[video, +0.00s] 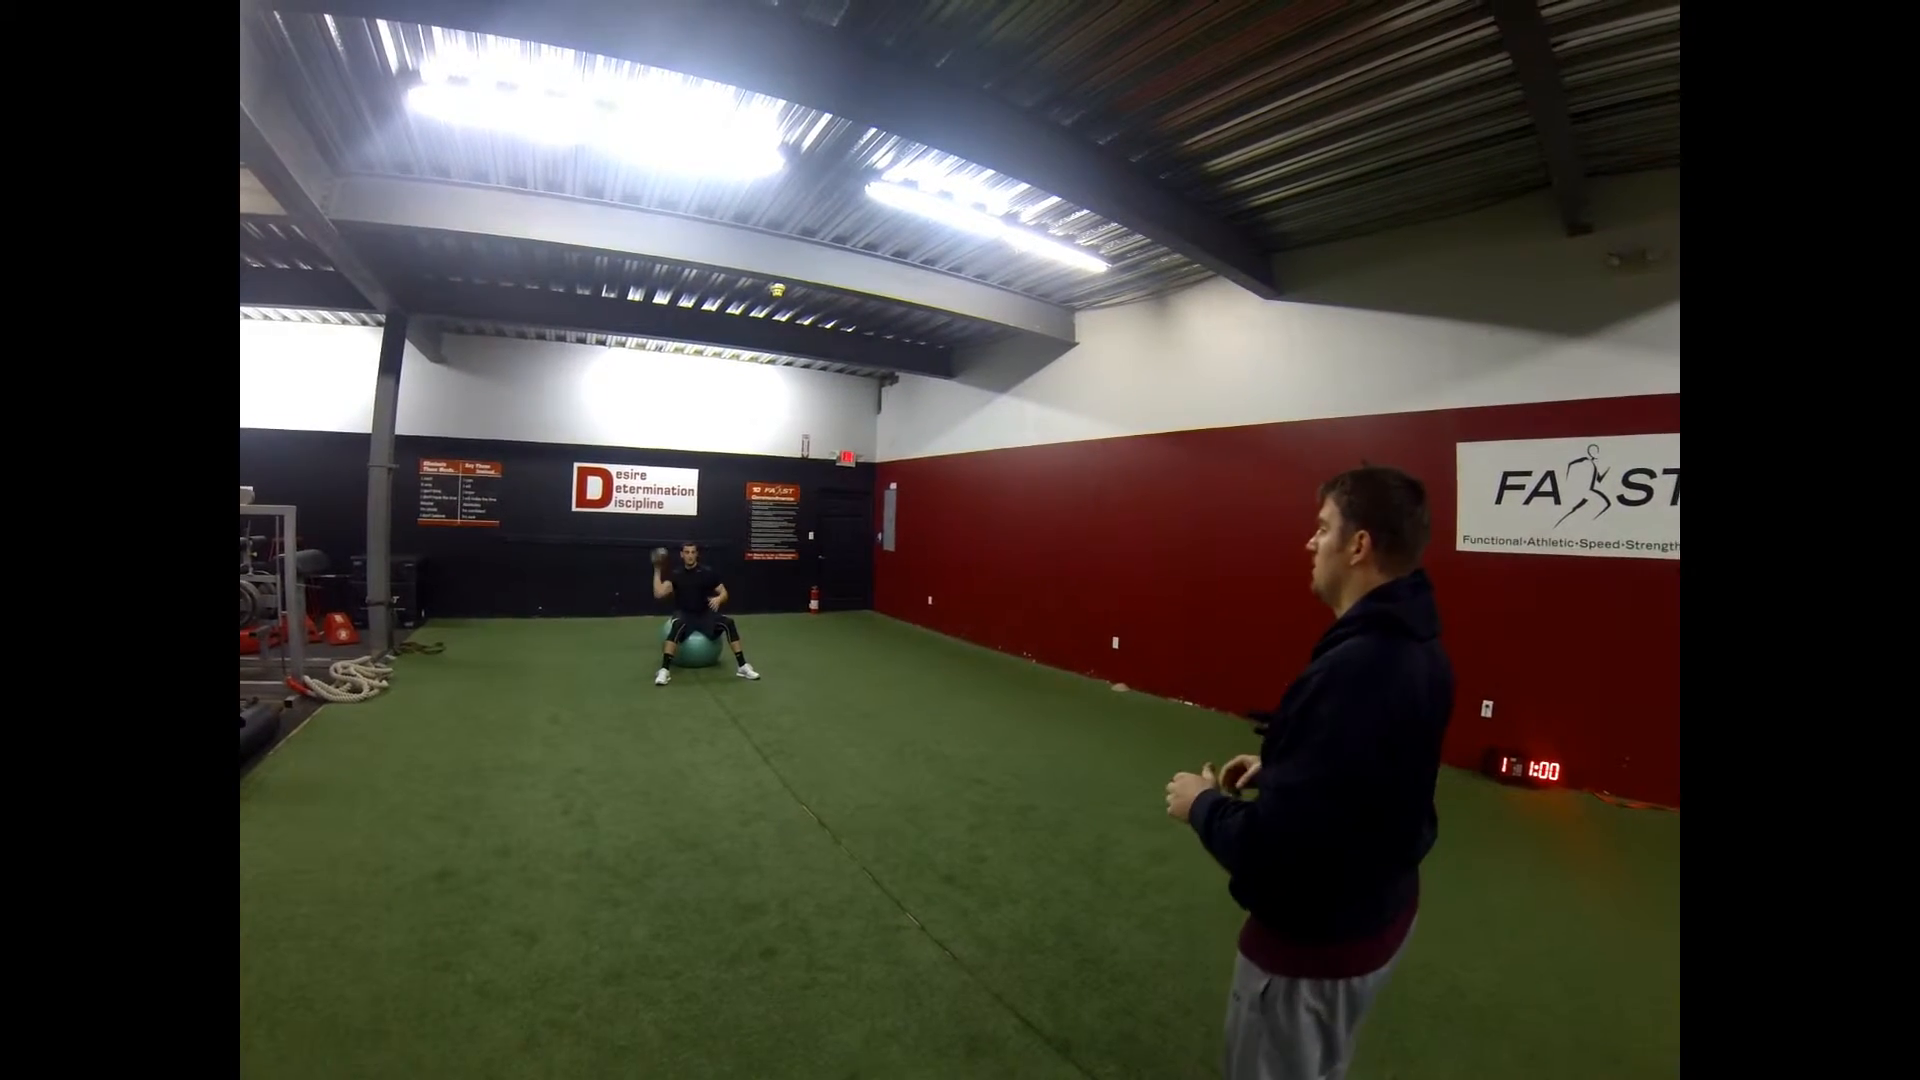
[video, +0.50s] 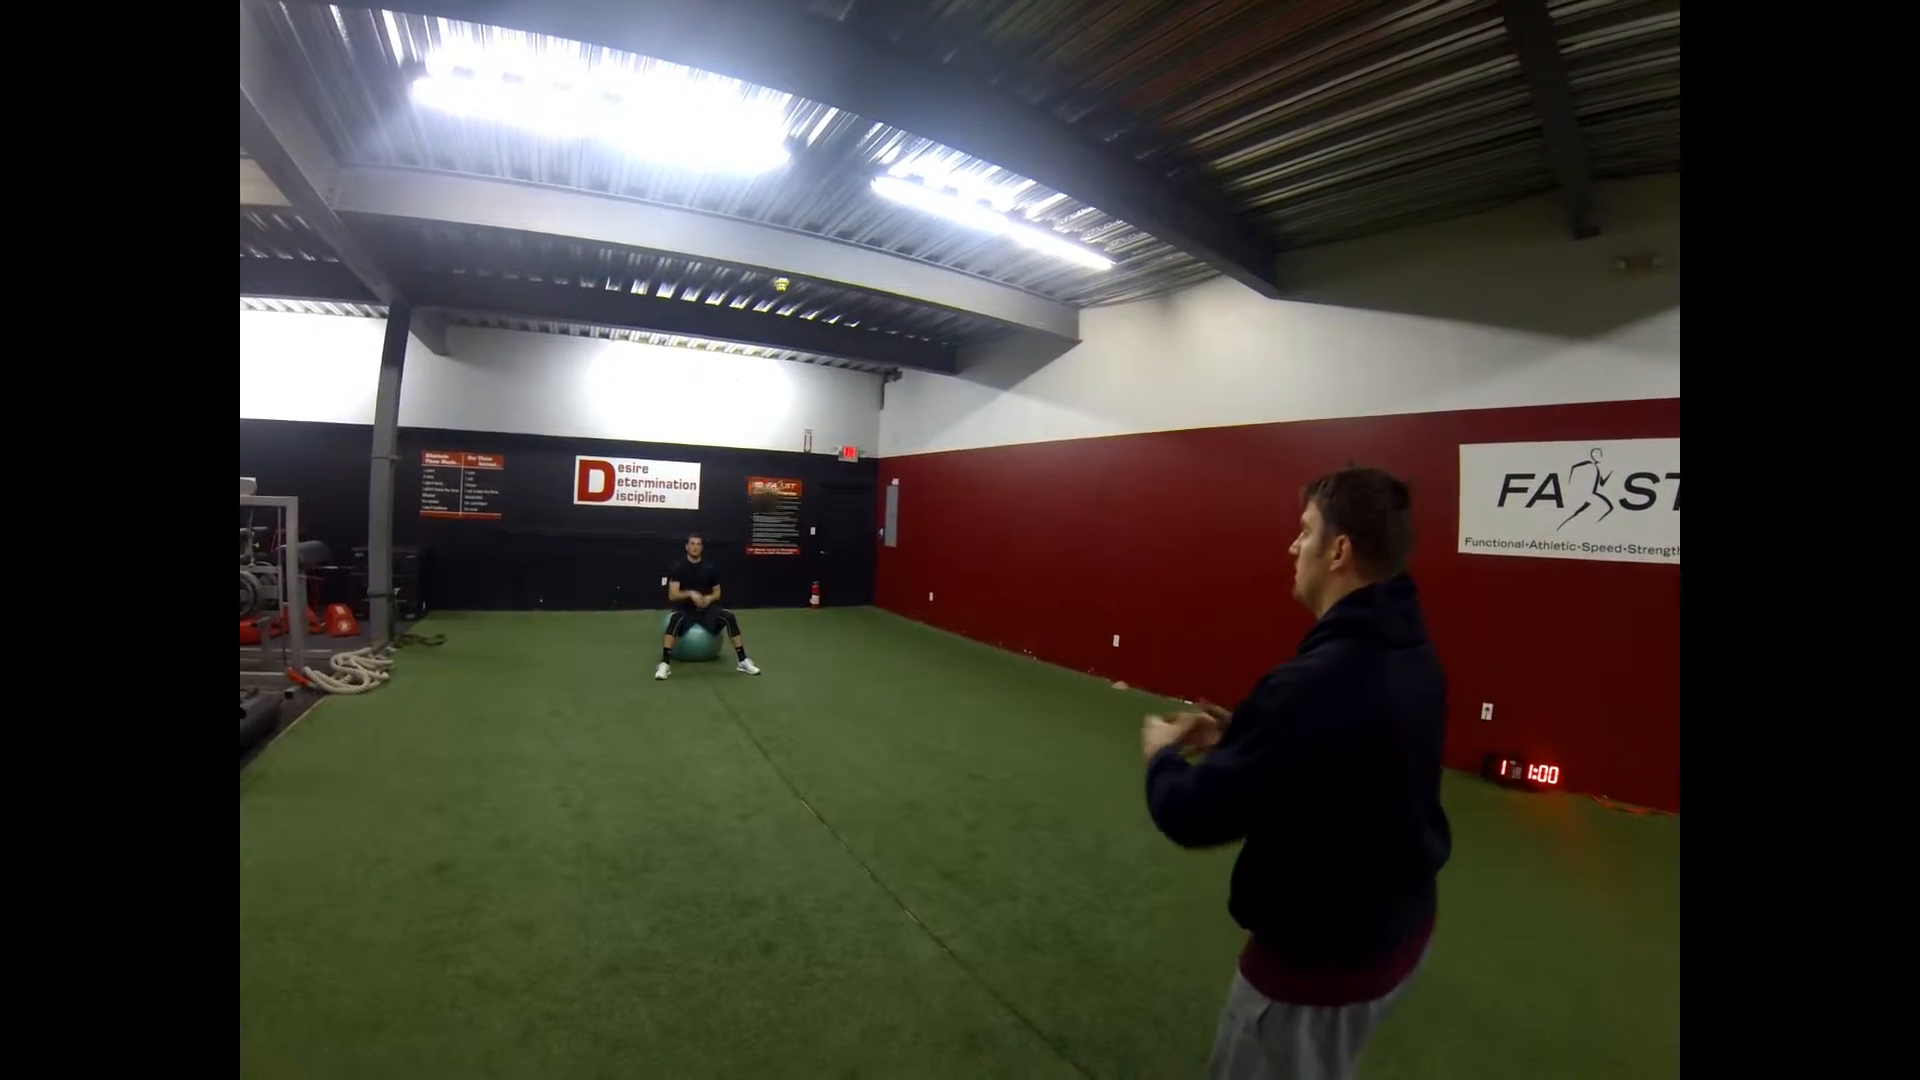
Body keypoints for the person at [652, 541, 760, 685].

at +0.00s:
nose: (690, 555)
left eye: (693, 552)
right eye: (687, 552)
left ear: (697, 554)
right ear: (682, 554)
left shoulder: (707, 572)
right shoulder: (677, 574)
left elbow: (724, 593)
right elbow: (659, 593)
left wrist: (718, 599)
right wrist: (657, 569)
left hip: (705, 615)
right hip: (684, 616)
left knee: (728, 623)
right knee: (677, 625)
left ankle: (742, 666)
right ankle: (664, 670)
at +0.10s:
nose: (691, 552)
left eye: (694, 549)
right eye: (688, 549)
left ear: (699, 552)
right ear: (683, 552)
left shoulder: (708, 570)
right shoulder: (678, 571)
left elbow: (723, 591)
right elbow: (661, 583)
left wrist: (718, 594)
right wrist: (655, 560)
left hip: (706, 613)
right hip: (685, 613)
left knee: (728, 622)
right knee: (676, 623)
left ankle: (742, 664)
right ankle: (664, 668)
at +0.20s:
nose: (691, 549)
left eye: (694, 547)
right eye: (688, 546)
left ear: (699, 549)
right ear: (684, 549)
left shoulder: (708, 568)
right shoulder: (680, 567)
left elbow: (721, 592)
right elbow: (670, 572)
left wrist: (714, 588)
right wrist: (663, 551)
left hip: (706, 612)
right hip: (685, 612)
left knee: (728, 621)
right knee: (677, 622)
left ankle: (743, 664)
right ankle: (665, 667)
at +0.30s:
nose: (694, 545)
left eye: (696, 542)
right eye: (691, 542)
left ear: (702, 545)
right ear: (686, 545)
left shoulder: (710, 565)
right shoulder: (679, 562)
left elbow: (719, 589)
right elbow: (673, 575)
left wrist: (708, 587)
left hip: (708, 610)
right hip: (687, 609)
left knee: (730, 619)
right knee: (678, 619)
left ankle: (744, 662)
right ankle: (666, 665)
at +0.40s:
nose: (694, 543)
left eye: (697, 540)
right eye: (691, 540)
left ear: (702, 543)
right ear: (687, 543)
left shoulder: (711, 564)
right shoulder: (679, 563)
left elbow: (718, 589)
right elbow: (675, 584)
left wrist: (705, 589)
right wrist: (696, 579)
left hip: (708, 607)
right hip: (686, 606)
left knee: (730, 616)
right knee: (677, 617)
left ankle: (744, 660)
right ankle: (666, 663)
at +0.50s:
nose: (695, 547)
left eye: (698, 544)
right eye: (692, 544)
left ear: (702, 547)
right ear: (687, 546)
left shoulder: (710, 568)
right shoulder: (679, 568)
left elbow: (717, 593)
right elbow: (673, 595)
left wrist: (708, 599)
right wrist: (691, 594)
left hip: (707, 608)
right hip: (686, 609)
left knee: (729, 617)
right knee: (676, 618)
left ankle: (743, 660)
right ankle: (664, 663)